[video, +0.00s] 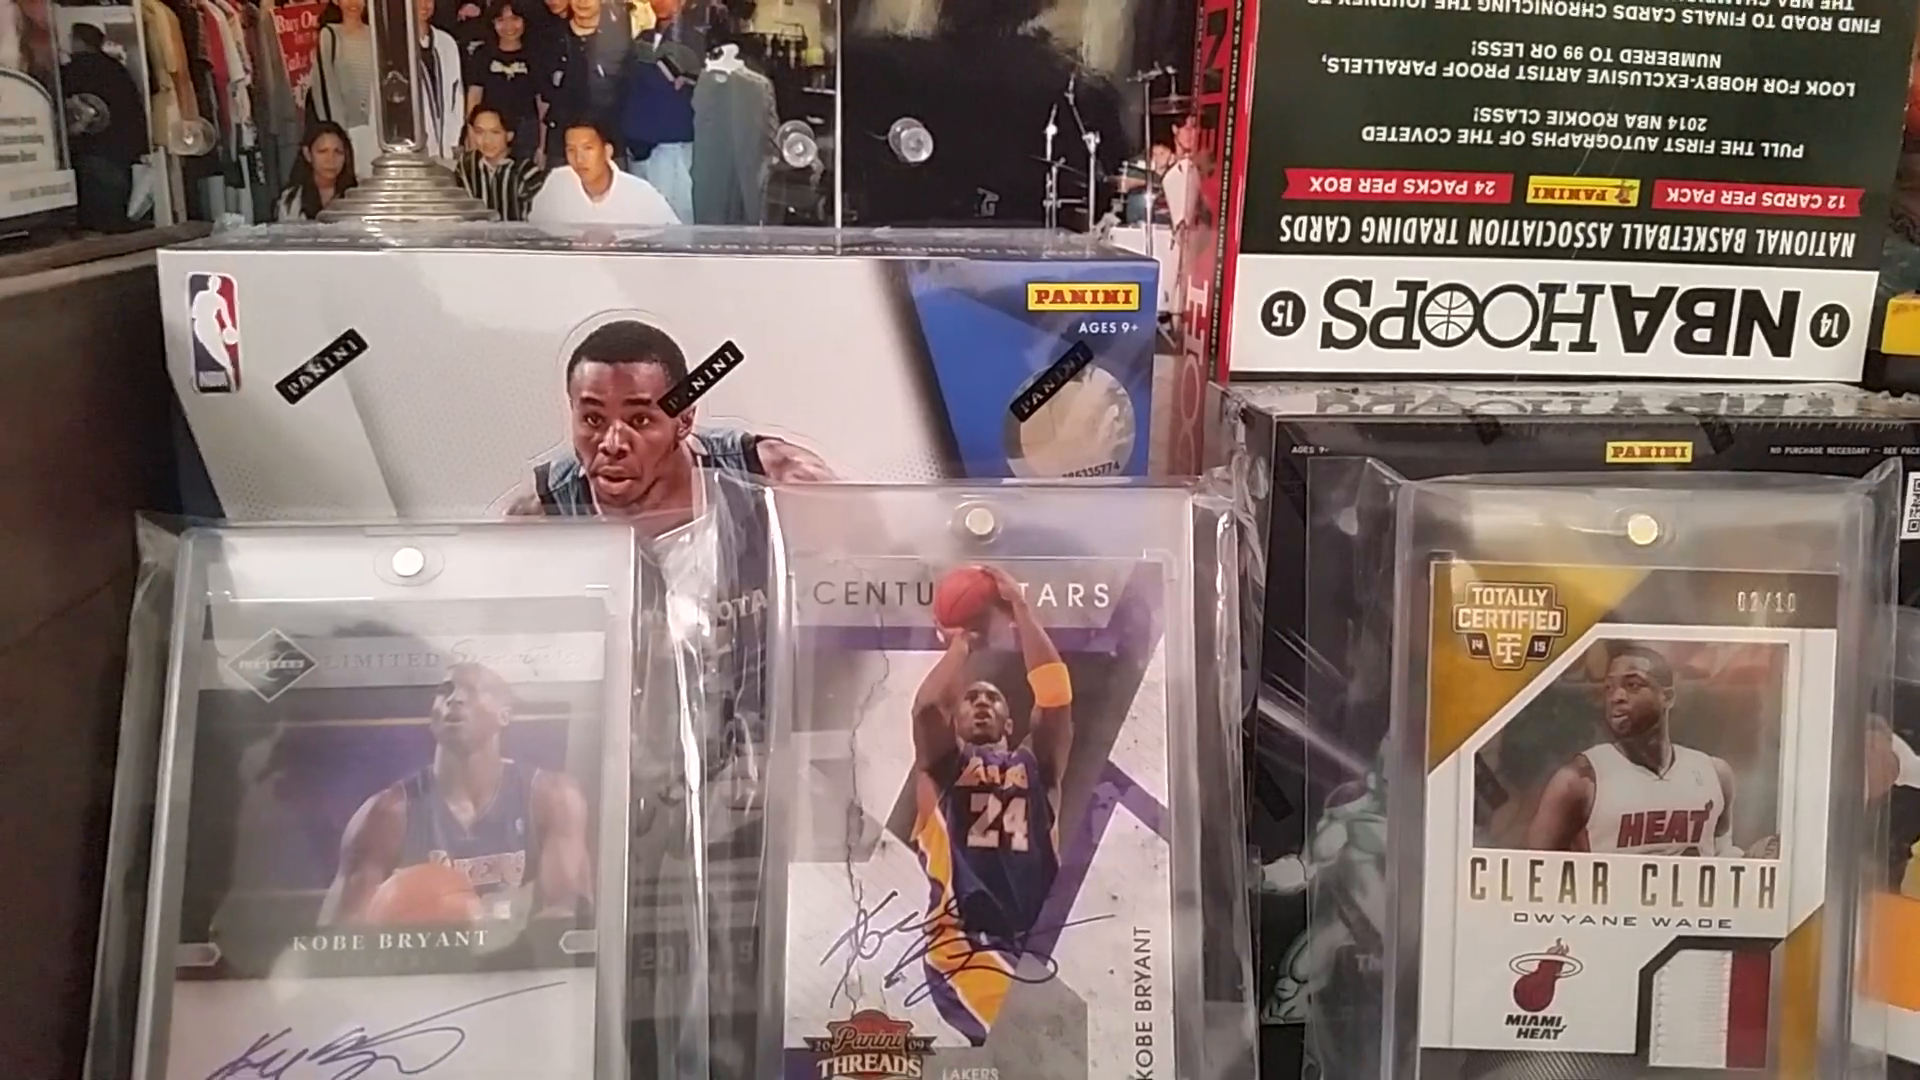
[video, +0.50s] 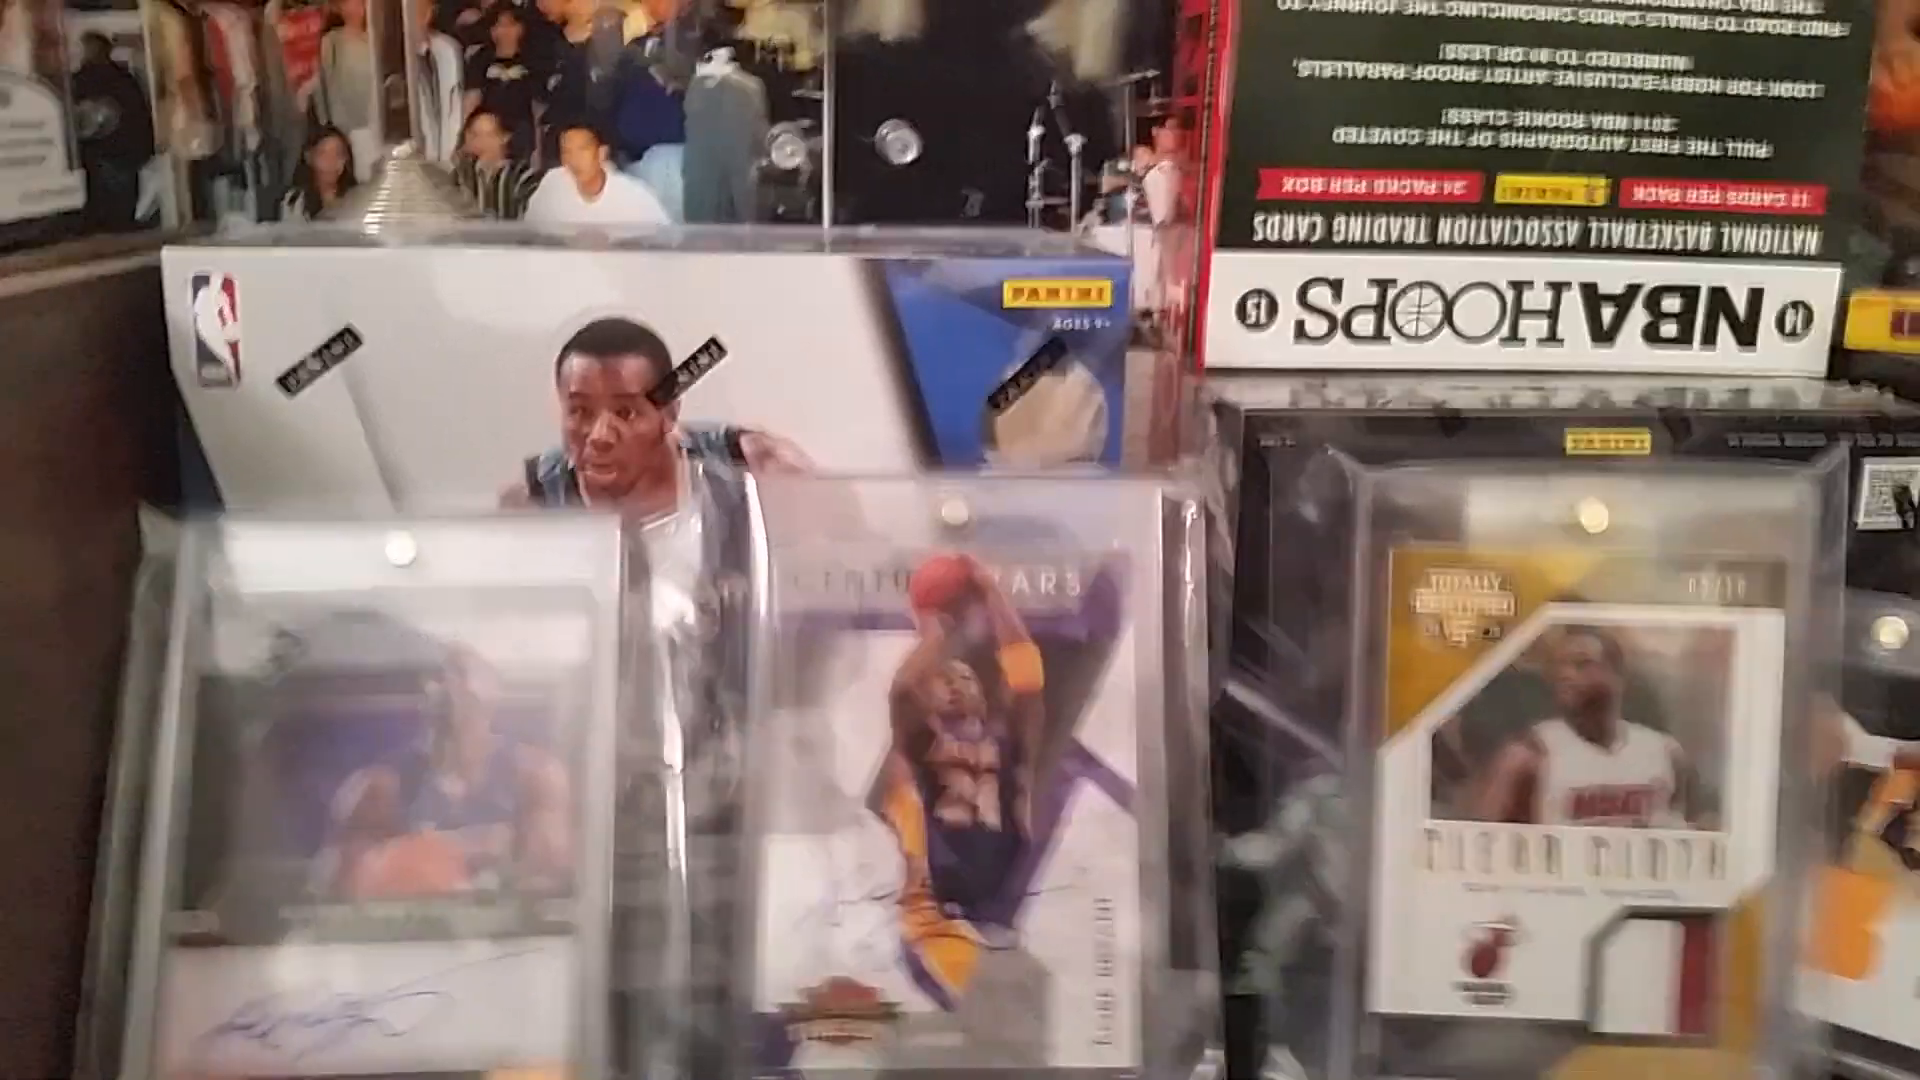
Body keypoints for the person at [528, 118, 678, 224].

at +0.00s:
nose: (579, 160)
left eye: (588, 149)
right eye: (571, 151)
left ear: (607, 151)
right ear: (565, 154)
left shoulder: (640, 192)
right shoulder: (557, 182)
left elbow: (678, 240)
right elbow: (532, 231)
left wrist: (619, 243)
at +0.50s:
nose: (573, 159)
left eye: (583, 149)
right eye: (567, 151)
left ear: (602, 153)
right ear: (561, 156)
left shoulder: (633, 193)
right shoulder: (553, 183)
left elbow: (669, 239)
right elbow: (528, 232)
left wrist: (614, 244)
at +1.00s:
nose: (462, 154)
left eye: (471, 144)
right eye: (455, 146)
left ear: (490, 147)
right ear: (449, 150)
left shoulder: (522, 186)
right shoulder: (442, 177)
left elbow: (559, 233)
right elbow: (418, 226)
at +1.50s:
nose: (459, 154)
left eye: (467, 144)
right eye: (451, 146)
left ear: (485, 146)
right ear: (446, 151)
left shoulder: (516, 185)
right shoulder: (438, 176)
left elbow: (553, 231)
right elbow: (414, 225)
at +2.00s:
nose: (496, 153)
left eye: (504, 144)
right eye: (489, 146)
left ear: (522, 146)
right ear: (484, 150)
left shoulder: (554, 184)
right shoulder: (476, 175)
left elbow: (590, 229)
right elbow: (452, 223)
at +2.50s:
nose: (562, 153)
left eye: (570, 145)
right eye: (555, 146)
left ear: (588, 148)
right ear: (550, 148)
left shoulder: (618, 186)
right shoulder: (542, 176)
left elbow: (653, 230)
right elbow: (520, 223)